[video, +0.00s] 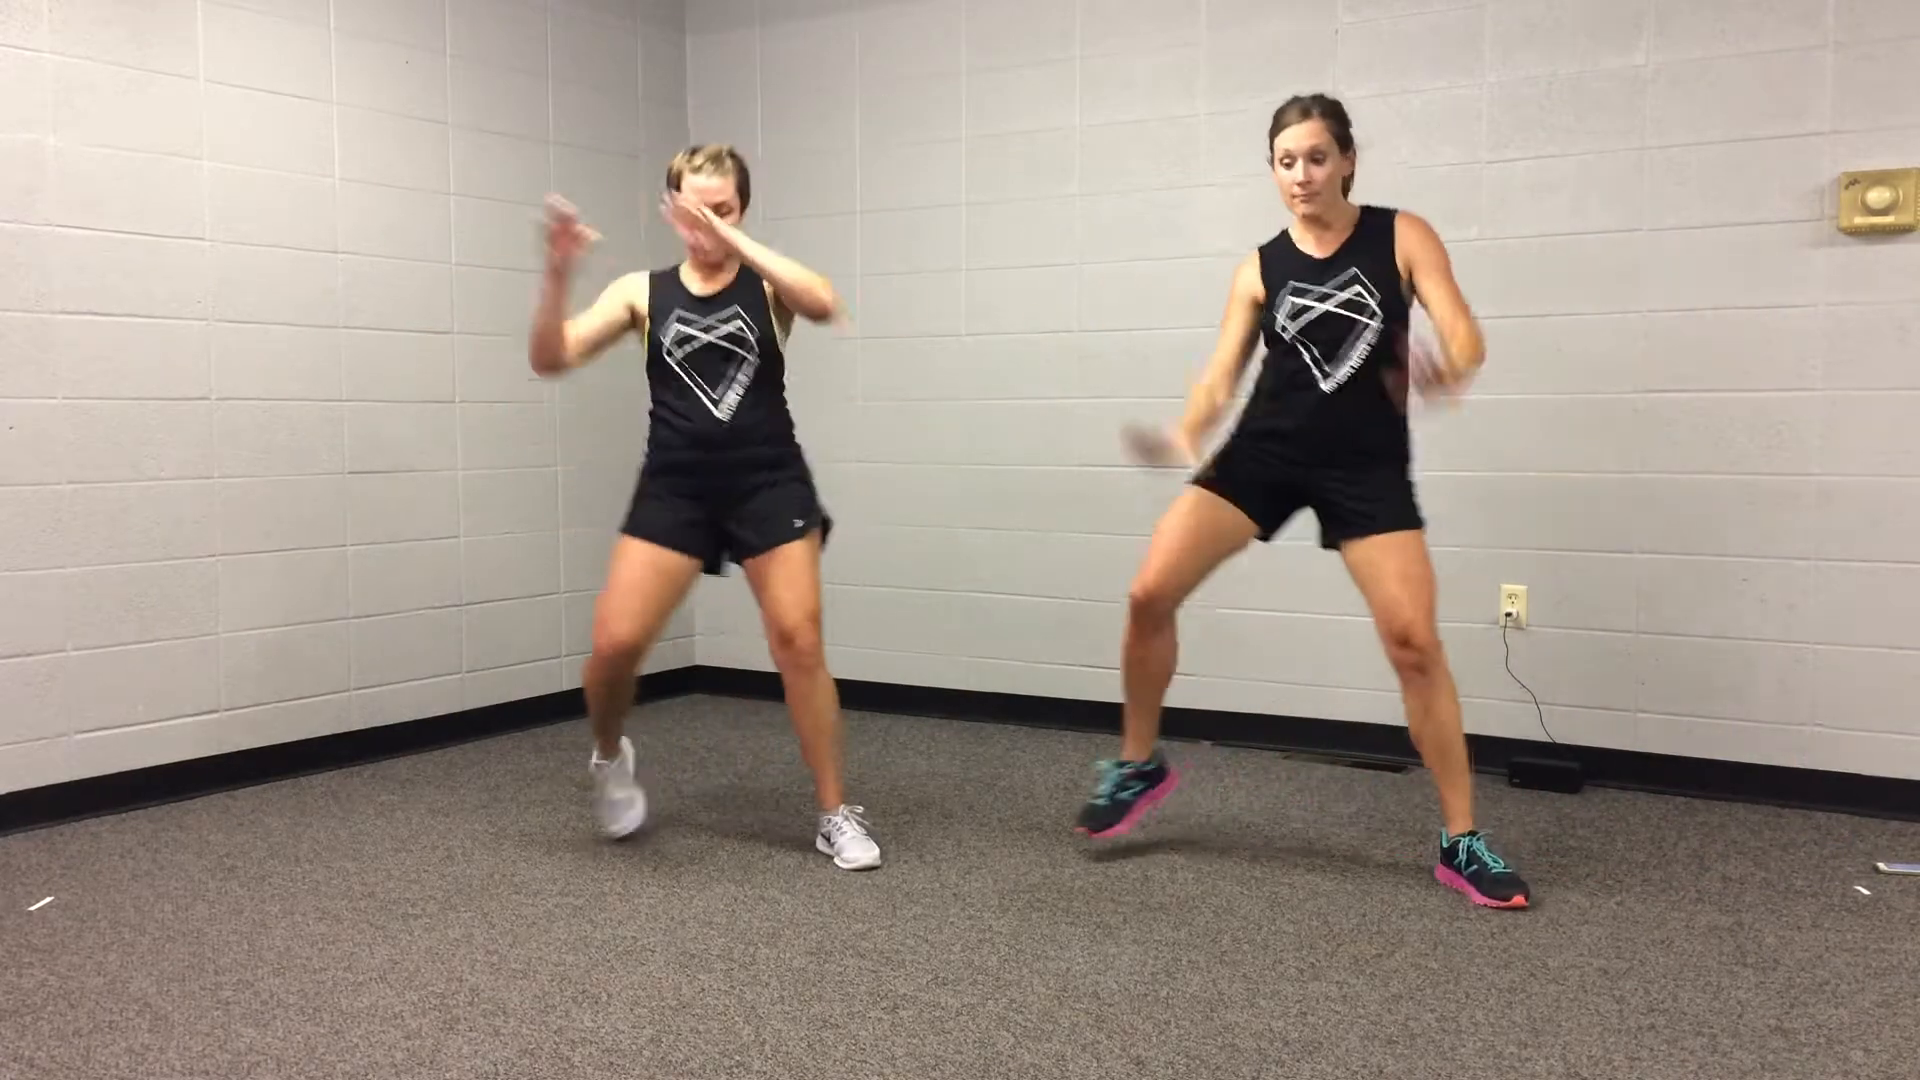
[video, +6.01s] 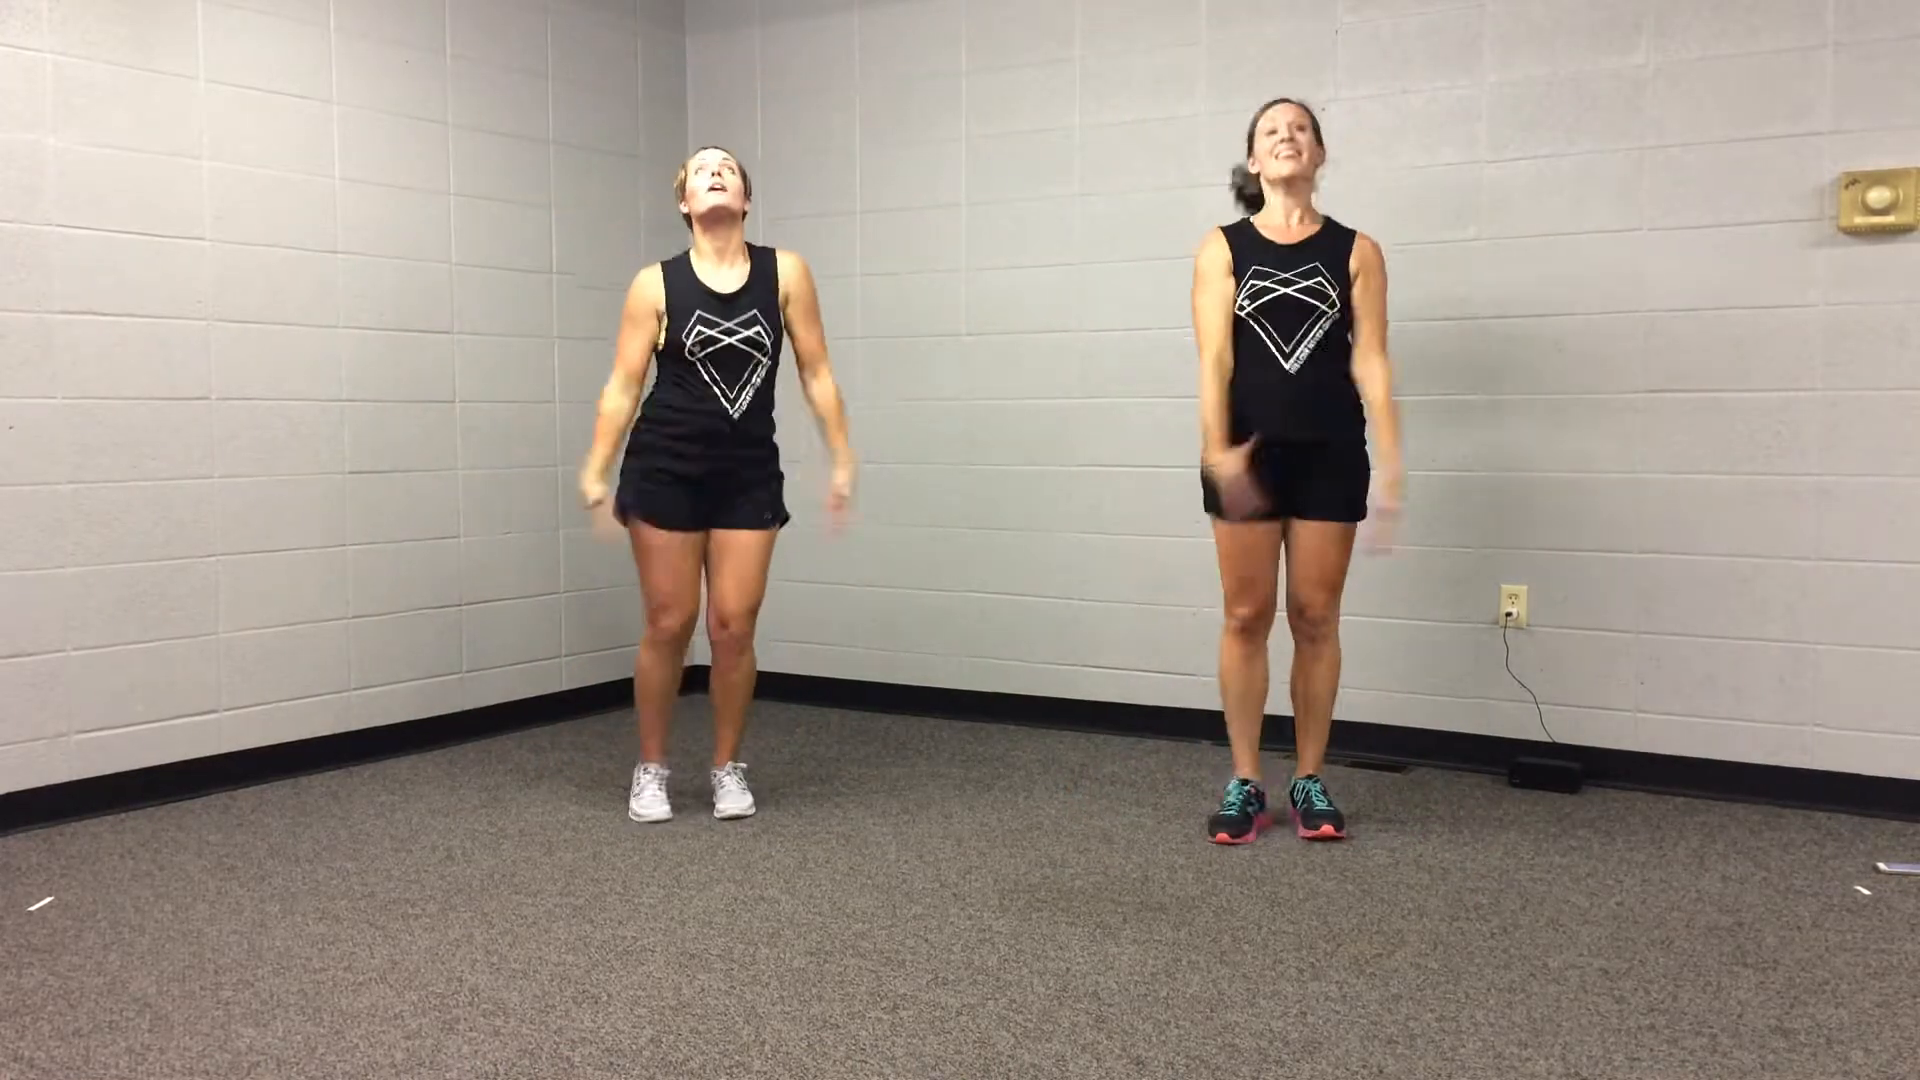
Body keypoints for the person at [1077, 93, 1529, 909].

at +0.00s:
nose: (1300, 173)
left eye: (1316, 158)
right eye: (1286, 161)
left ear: (1348, 164)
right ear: (1274, 173)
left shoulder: (1402, 237)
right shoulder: (1261, 269)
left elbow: (1465, 336)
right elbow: (1219, 377)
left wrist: (1451, 371)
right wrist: (1187, 433)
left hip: (1366, 466)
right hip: (1263, 457)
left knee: (1414, 644)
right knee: (1149, 595)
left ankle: (1462, 838)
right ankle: (1137, 762)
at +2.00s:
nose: (1302, 172)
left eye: (1316, 161)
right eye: (1286, 164)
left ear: (1339, 184)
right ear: (1264, 191)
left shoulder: (1387, 271)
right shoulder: (1247, 289)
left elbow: (1457, 368)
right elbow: (1250, 408)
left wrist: (1522, 463)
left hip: (1381, 478)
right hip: (1279, 479)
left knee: (1436, 649)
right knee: (1158, 627)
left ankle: (1453, 834)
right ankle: (1137, 768)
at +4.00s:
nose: (1227, 152)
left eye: (1243, 140)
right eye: (1221, 144)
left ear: (1283, 159)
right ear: (1217, 167)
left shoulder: (1324, 249)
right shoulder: (1192, 253)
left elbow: (1386, 356)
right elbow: (1160, 366)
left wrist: (1453, 448)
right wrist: (1107, 467)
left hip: (1303, 449)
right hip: (1214, 453)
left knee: (1326, 586)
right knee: (1235, 619)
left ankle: (1320, 729)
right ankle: (1243, 780)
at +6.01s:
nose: (1286, 139)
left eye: (1299, 130)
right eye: (1272, 132)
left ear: (1321, 155)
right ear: (1252, 158)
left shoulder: (1356, 250)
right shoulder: (1221, 248)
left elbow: (1371, 359)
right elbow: (1213, 358)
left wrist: (1389, 463)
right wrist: (1217, 451)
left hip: (1330, 453)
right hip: (1245, 452)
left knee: (1315, 616)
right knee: (1245, 617)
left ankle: (1309, 780)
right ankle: (1244, 780)